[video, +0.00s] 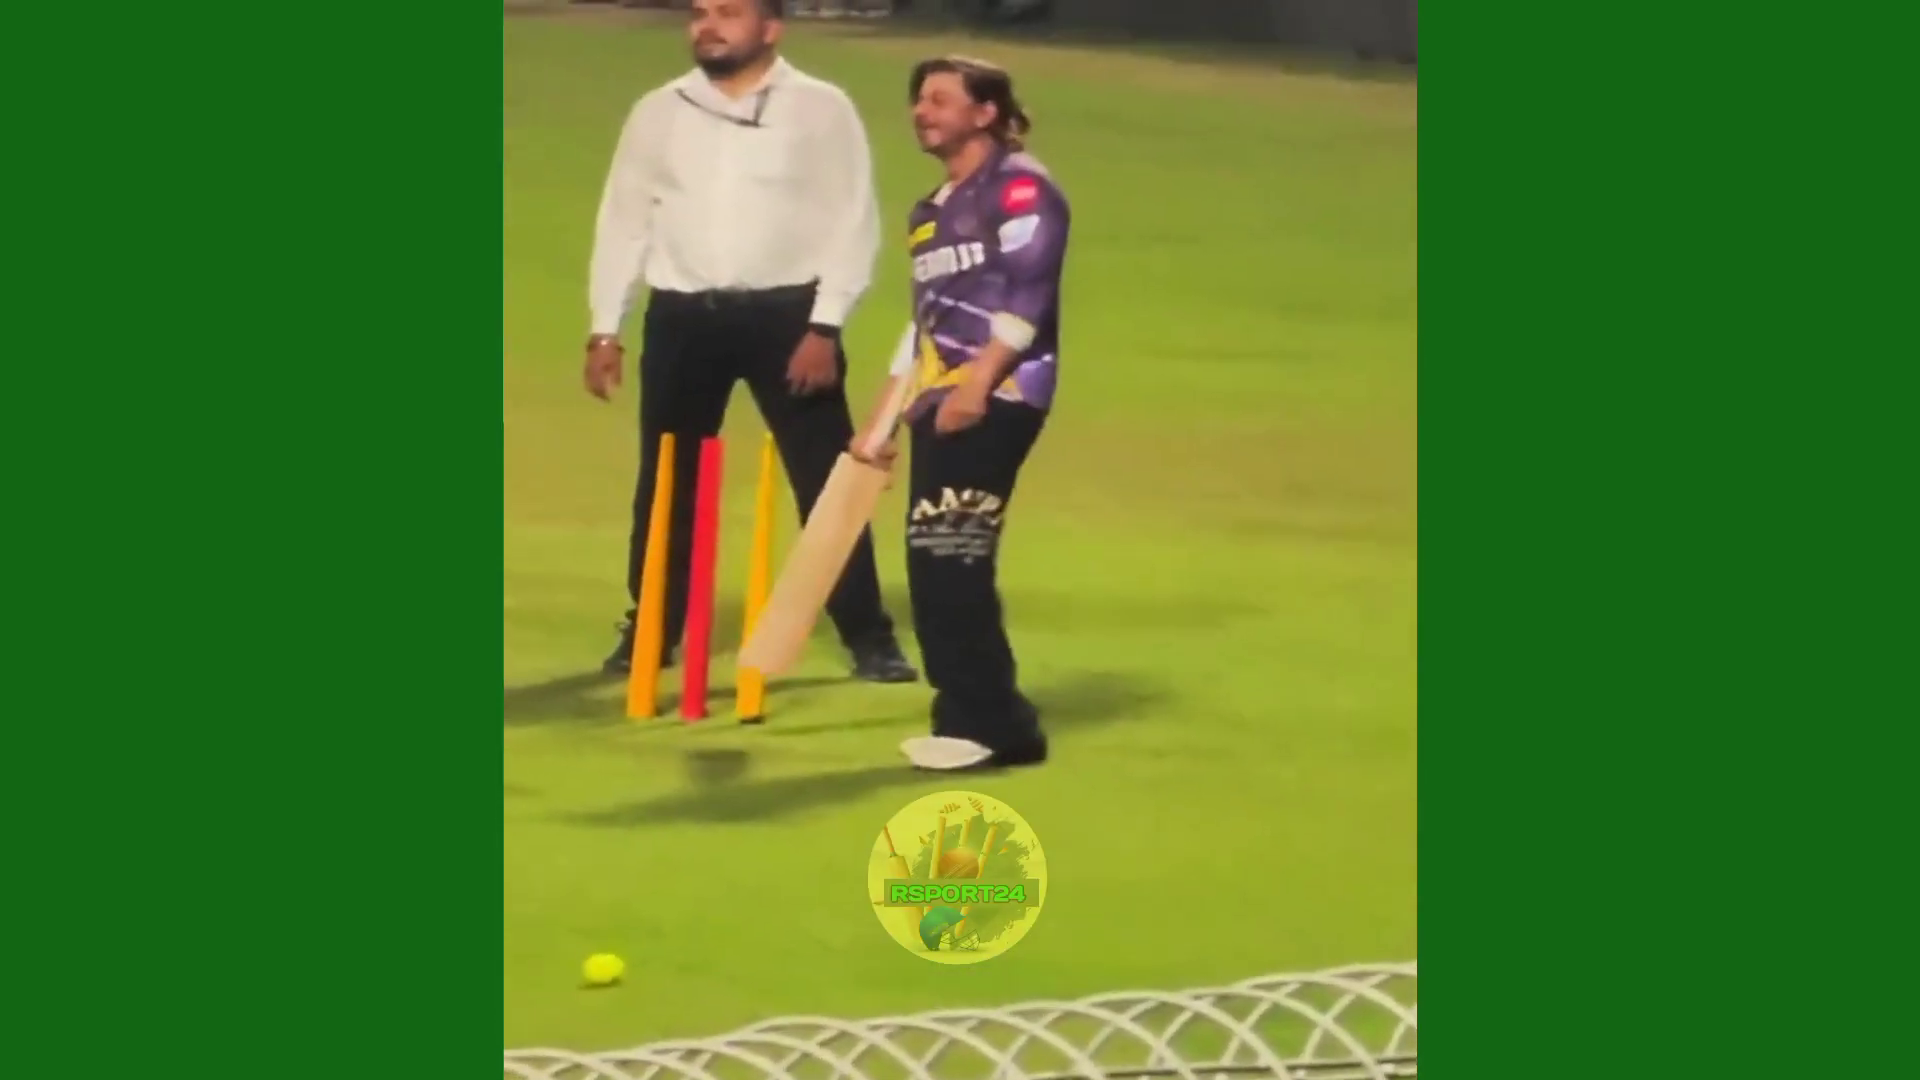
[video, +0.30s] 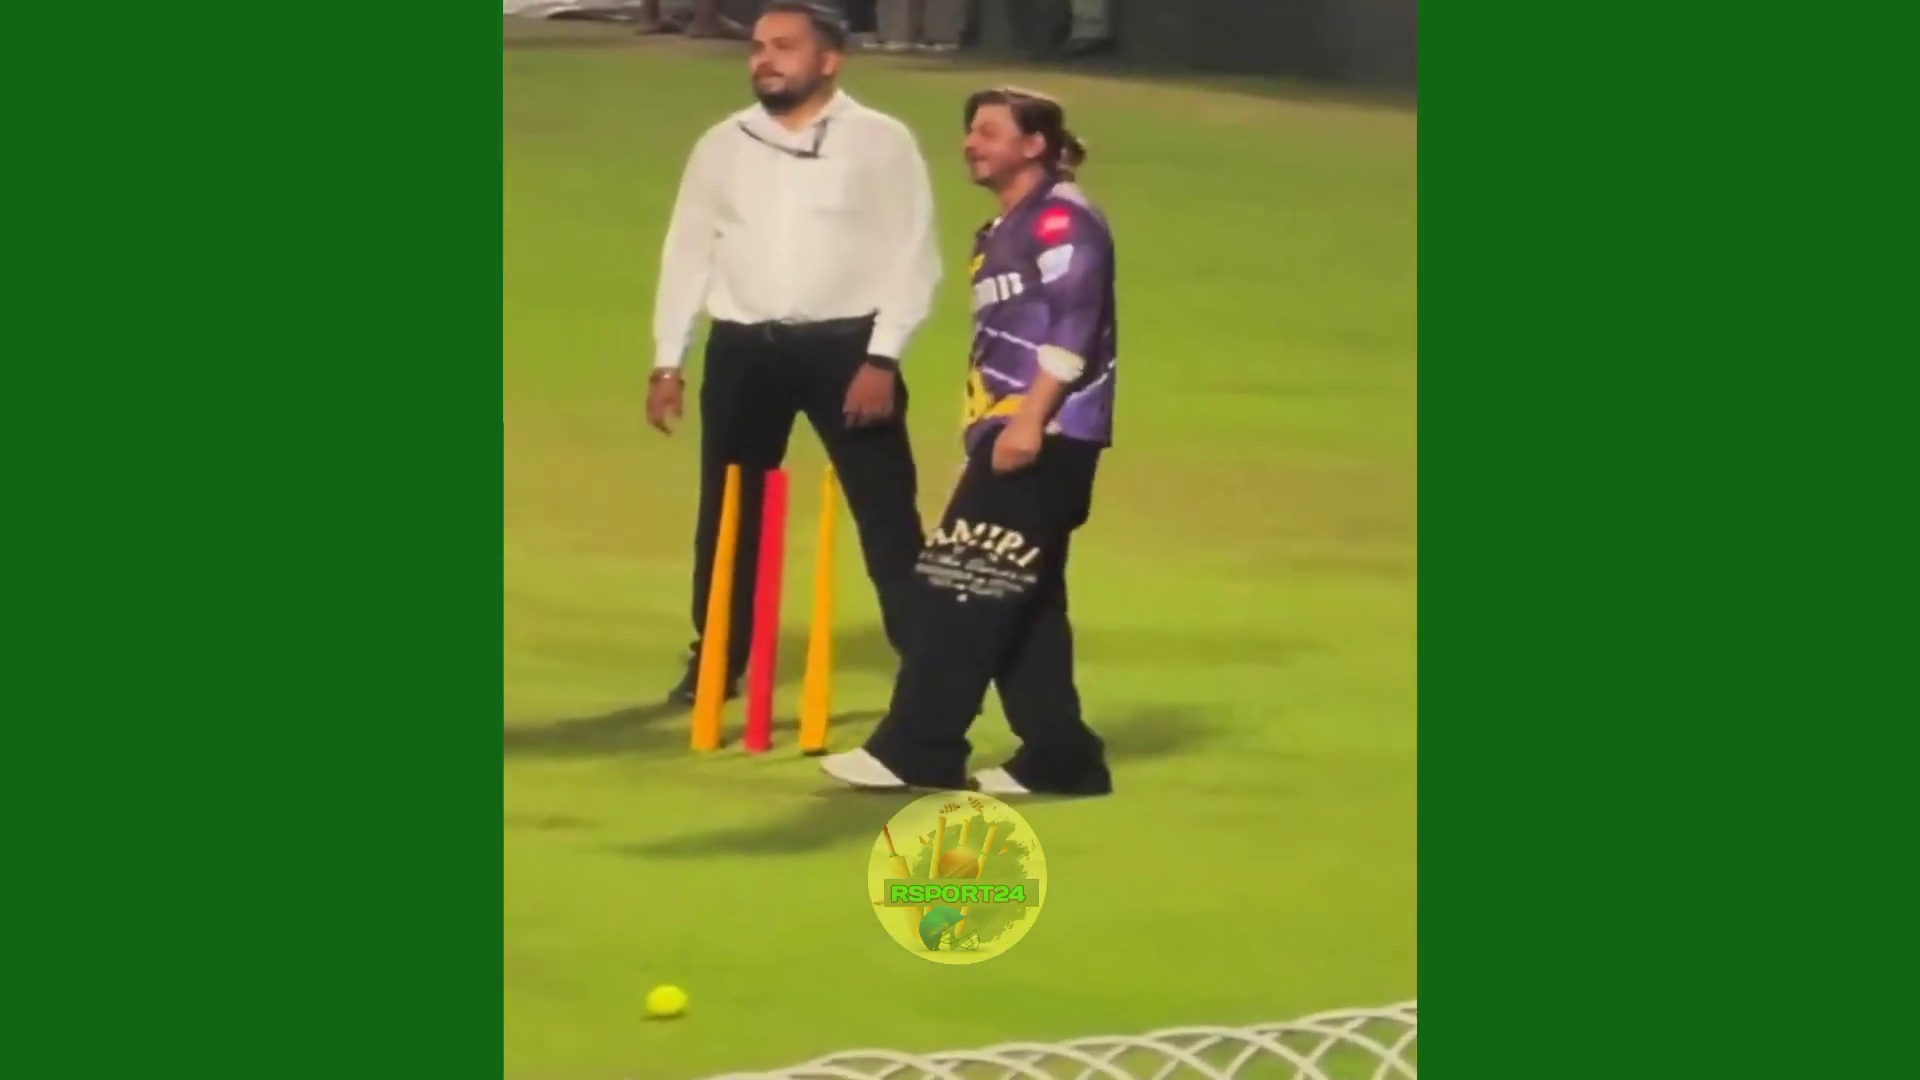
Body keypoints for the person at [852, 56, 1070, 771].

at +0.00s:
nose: (923, 113)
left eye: (939, 102)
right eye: (921, 102)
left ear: (985, 113)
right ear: (922, 115)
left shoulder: (1023, 188)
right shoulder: (928, 211)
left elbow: (1030, 302)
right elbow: (925, 322)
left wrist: (977, 381)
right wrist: (882, 419)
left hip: (999, 394)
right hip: (941, 394)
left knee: (956, 554)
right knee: (930, 554)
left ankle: (989, 725)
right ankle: (971, 718)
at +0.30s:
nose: (971, 146)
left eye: (987, 134)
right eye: (971, 134)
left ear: (1036, 145)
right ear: (1009, 149)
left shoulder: (1066, 221)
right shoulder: (997, 233)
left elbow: (1075, 332)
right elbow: (1007, 337)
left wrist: (1032, 417)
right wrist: (986, 424)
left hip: (1043, 437)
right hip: (1006, 435)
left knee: (958, 581)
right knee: (1023, 600)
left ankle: (917, 749)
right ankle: (1061, 756)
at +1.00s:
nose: (982, 196)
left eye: (992, 186)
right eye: (988, 183)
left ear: (1028, 201)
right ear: (1034, 201)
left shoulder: (1043, 285)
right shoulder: (1064, 270)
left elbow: (1014, 402)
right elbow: (1027, 395)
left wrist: (963, 441)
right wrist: (974, 444)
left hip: (1048, 487)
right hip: (1074, 487)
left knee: (1006, 649)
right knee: (1052, 649)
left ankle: (1001, 813)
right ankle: (1156, 786)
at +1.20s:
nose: (1005, 197)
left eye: (1016, 189)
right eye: (1011, 186)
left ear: (1048, 207)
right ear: (1059, 207)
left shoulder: (1055, 292)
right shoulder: (1090, 274)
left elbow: (1004, 403)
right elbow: (1014, 382)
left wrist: (918, 425)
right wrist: (982, 431)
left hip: (1052, 493)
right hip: (1080, 490)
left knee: (1026, 657)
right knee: (1037, 653)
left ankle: (1038, 817)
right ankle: (1158, 774)